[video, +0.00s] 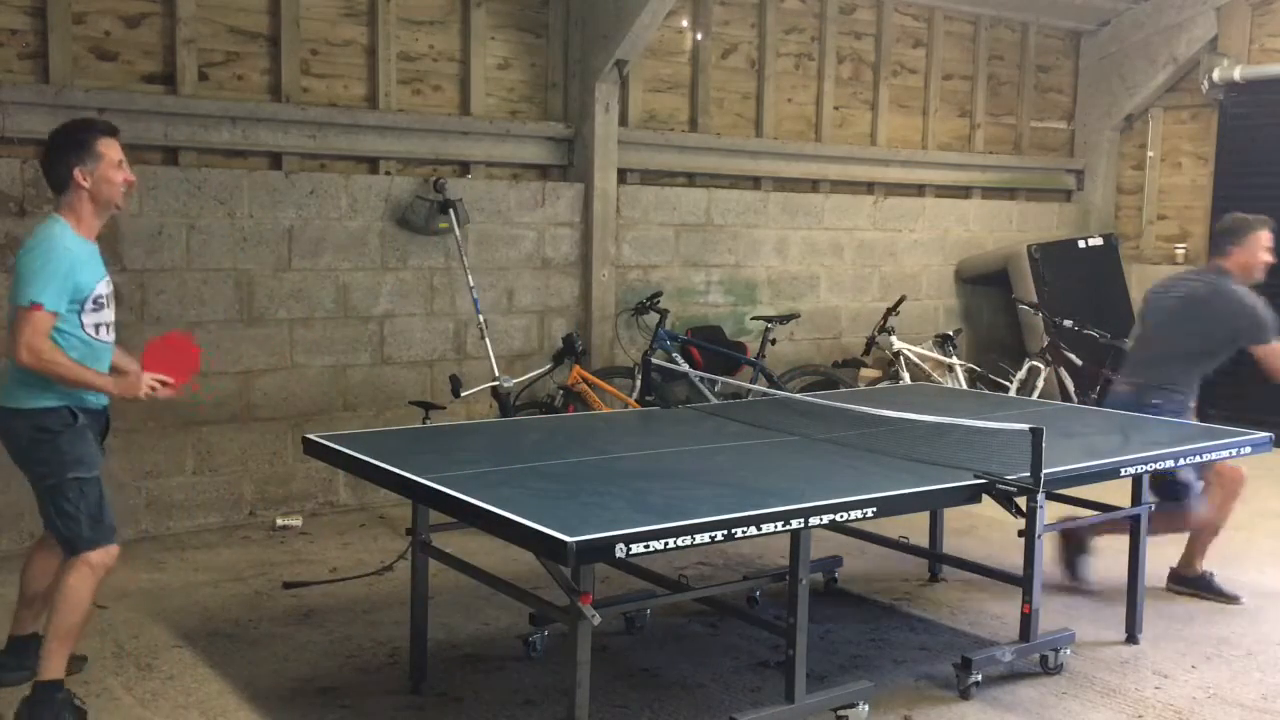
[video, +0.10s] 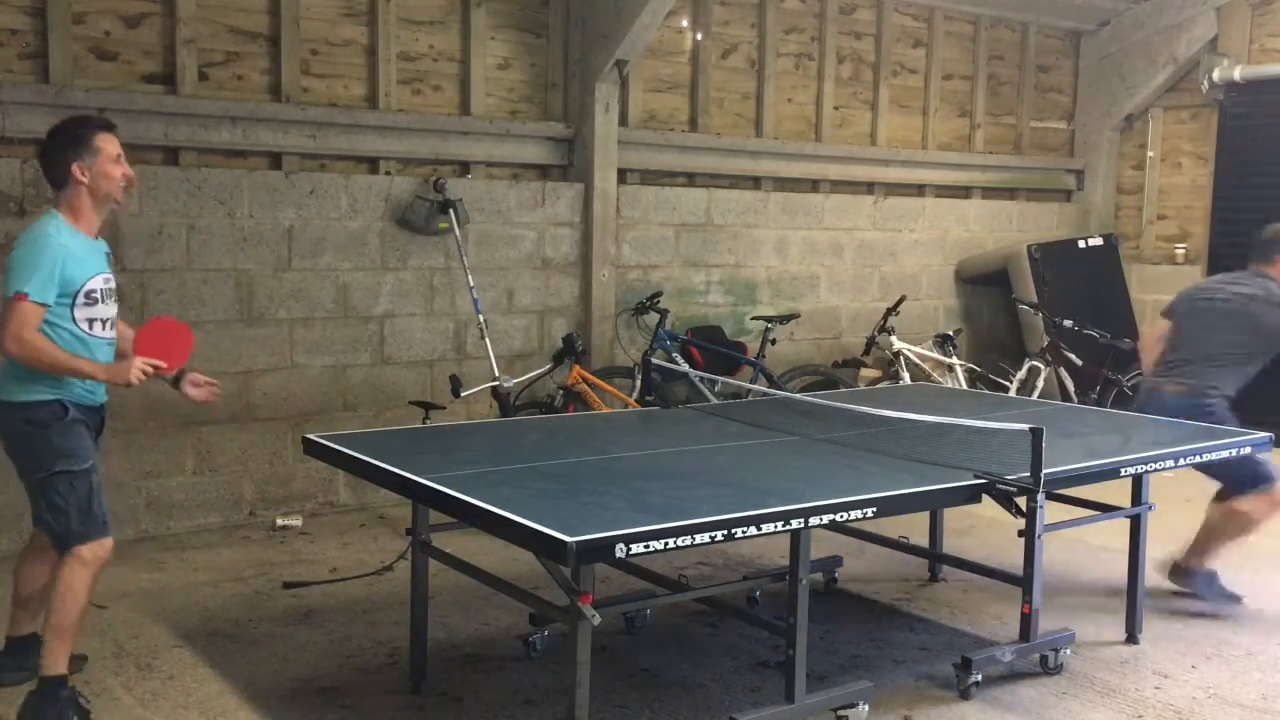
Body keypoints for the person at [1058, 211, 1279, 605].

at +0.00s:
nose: (1270, 259)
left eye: (1270, 250)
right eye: (1264, 249)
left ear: (1222, 252)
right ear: (1234, 251)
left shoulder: (1168, 285)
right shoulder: (1243, 304)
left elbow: (1146, 348)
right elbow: (1274, 367)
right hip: (1163, 419)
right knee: (1187, 513)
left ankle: (1189, 569)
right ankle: (1082, 530)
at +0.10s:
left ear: (1253, 258)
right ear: (1278, 262)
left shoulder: (1202, 288)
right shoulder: (1273, 299)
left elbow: (1150, 338)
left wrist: (1156, 385)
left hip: (1150, 405)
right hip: (1198, 410)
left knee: (1241, 480)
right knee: (1268, 488)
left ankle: (1193, 565)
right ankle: (1193, 563)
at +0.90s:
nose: (1241, 218)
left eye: (1252, 209)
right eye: (1235, 210)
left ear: (1275, 211)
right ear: (1230, 215)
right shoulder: (1245, 264)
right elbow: (1238, 324)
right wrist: (1197, 372)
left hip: (1277, 390)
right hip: (1276, 388)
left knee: (1263, 467)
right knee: (1262, 468)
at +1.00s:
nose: (1231, 216)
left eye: (1242, 207)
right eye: (1226, 208)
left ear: (1269, 210)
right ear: (1221, 211)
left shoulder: (1276, 249)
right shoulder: (1228, 262)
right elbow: (1219, 324)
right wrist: (1182, 373)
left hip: (1277, 380)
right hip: (1269, 378)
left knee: (1266, 472)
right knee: (1240, 455)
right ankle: (1246, 534)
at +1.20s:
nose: (1222, 205)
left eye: (1232, 196)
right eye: (1216, 197)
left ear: (1257, 200)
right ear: (1210, 202)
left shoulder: (1273, 244)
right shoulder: (1204, 254)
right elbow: (1194, 318)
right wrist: (1174, 370)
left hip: (1268, 376)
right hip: (1225, 375)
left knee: (1255, 472)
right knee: (1199, 455)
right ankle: (1209, 536)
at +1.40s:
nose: (1207, 191)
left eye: (1217, 183)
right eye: (1202, 183)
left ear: (1241, 189)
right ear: (1198, 189)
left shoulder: (1268, 240)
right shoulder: (1187, 247)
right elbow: (1175, 304)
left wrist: (1277, 360)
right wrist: (1162, 355)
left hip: (1252, 368)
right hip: (1205, 367)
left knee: (1250, 462)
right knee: (1191, 455)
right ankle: (1208, 537)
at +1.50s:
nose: (1200, 190)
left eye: (1211, 183)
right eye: (1195, 183)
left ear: (1235, 190)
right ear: (1190, 190)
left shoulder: (1265, 241)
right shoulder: (1180, 246)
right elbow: (1167, 304)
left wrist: (1269, 351)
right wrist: (1151, 357)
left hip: (1248, 367)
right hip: (1198, 366)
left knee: (1238, 455)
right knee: (1187, 453)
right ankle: (1207, 537)